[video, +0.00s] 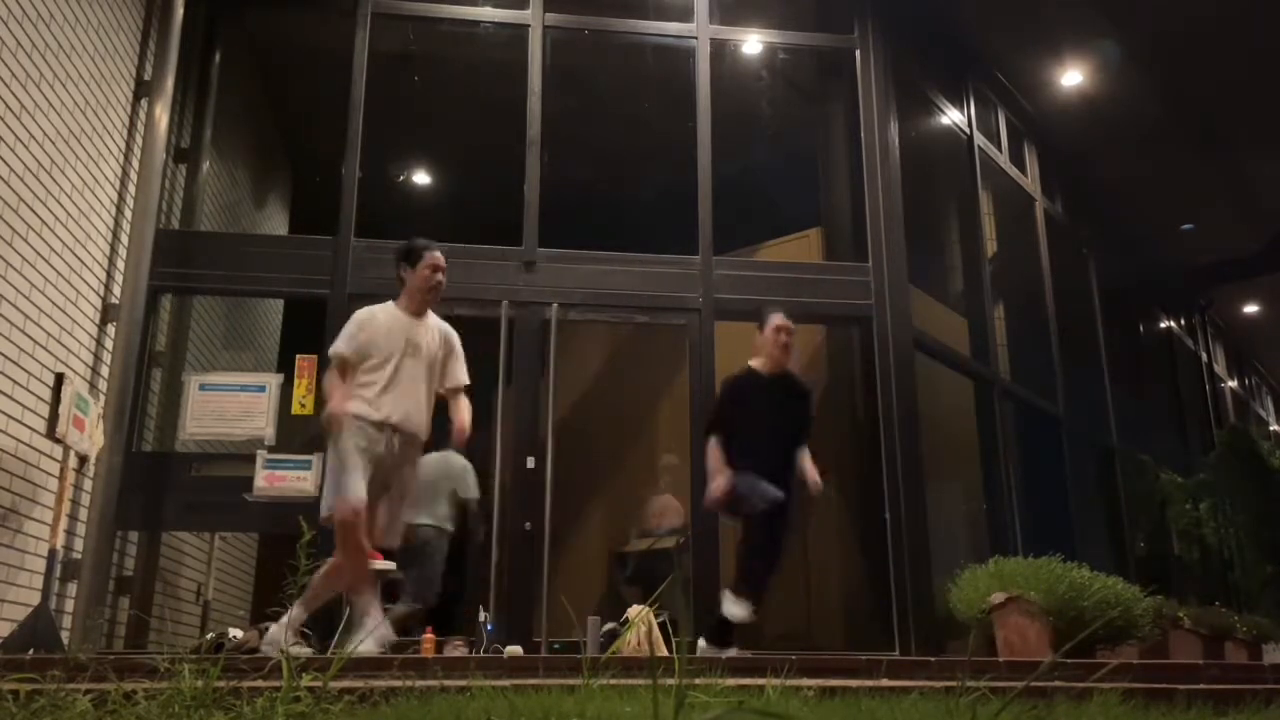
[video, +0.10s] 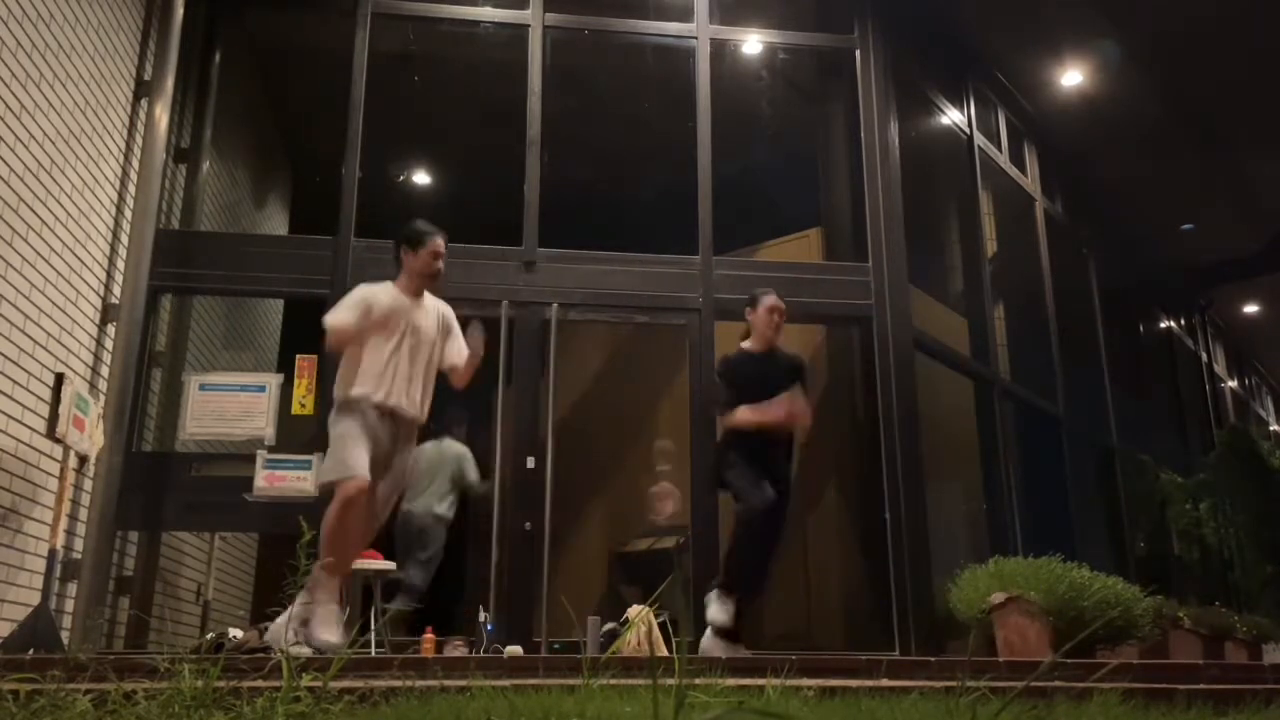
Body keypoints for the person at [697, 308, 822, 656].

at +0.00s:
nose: (785, 339)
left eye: (789, 333)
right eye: (777, 331)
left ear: (794, 340)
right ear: (760, 336)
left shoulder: (798, 390)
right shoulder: (738, 384)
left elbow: (799, 441)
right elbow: (714, 434)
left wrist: (810, 471)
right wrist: (718, 473)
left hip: (781, 482)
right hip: (741, 477)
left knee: (762, 555)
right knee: (766, 508)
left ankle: (719, 640)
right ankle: (742, 591)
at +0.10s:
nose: (779, 319)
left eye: (782, 314)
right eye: (772, 312)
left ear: (785, 320)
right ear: (750, 315)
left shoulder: (791, 365)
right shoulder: (730, 365)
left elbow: (801, 416)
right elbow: (727, 416)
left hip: (776, 463)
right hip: (737, 458)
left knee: (761, 547)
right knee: (760, 503)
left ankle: (722, 635)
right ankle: (725, 591)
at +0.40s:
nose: (802, 355)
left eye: (804, 350)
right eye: (795, 346)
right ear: (772, 347)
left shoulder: (791, 395)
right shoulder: (749, 388)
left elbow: (803, 451)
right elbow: (769, 422)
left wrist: (814, 423)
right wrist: (807, 408)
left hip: (776, 491)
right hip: (742, 492)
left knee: (837, 529)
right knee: (748, 565)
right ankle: (701, 637)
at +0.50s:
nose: (834, 366)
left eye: (835, 360)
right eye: (827, 358)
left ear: (810, 363)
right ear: (802, 358)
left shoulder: (807, 407)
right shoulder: (779, 398)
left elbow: (798, 453)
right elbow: (785, 447)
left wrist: (835, 467)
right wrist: (824, 466)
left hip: (792, 504)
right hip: (761, 505)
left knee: (855, 552)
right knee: (751, 577)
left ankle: (891, 632)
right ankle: (699, 641)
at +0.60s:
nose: (871, 380)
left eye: (873, 373)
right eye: (865, 371)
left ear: (859, 377)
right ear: (841, 371)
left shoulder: (849, 417)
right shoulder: (820, 407)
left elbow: (819, 465)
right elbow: (795, 455)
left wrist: (835, 505)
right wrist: (804, 510)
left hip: (821, 508)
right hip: (785, 506)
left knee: (873, 568)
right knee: (764, 580)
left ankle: (918, 636)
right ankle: (701, 639)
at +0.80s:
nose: (931, 364)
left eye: (933, 358)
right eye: (924, 355)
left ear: (929, 368)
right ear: (902, 360)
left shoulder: (910, 413)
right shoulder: (876, 388)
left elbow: (892, 470)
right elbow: (824, 400)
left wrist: (915, 477)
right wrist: (783, 431)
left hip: (862, 494)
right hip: (821, 483)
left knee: (897, 557)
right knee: (768, 538)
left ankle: (920, 638)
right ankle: (706, 594)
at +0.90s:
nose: (933, 345)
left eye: (937, 341)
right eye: (925, 338)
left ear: (940, 354)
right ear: (905, 347)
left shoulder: (927, 407)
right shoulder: (882, 370)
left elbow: (917, 458)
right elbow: (830, 383)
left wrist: (942, 445)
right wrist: (791, 411)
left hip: (876, 488)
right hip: (837, 473)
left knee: (899, 558)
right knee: (774, 518)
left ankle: (919, 638)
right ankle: (699, 541)